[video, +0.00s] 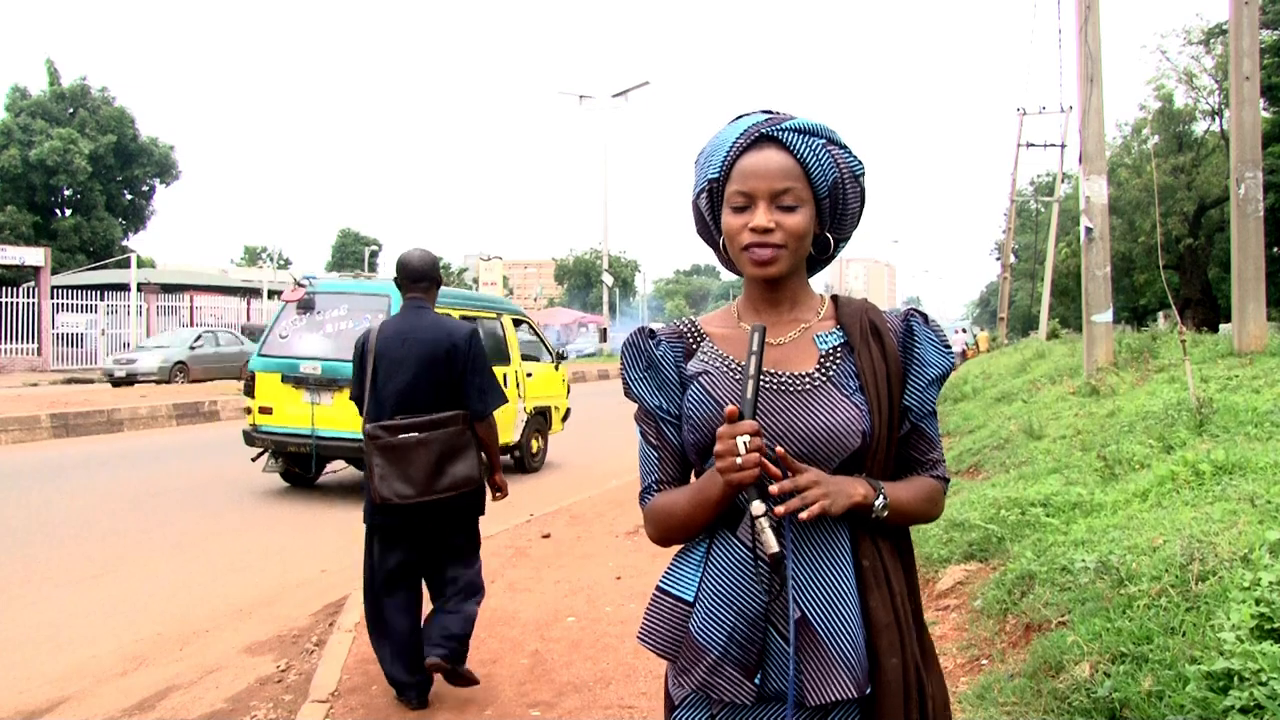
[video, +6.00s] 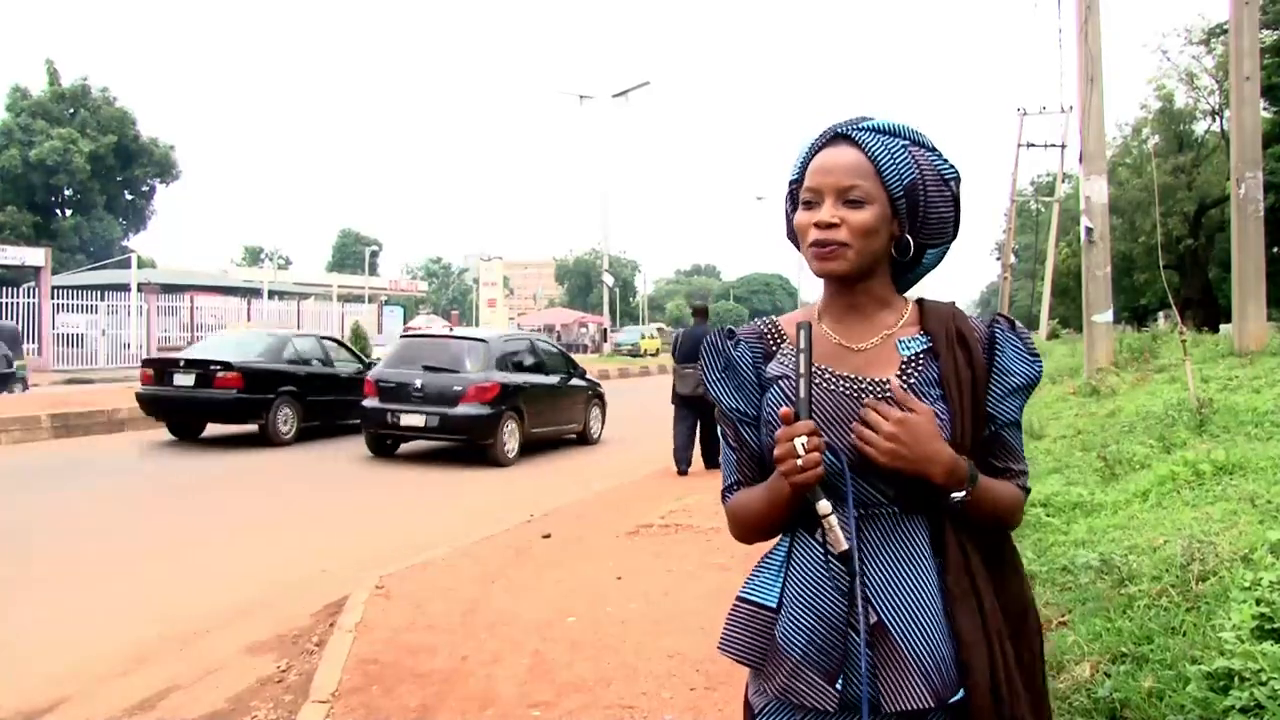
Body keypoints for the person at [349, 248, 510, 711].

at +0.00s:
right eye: (436, 281)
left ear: (398, 286)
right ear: (439, 285)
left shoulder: (371, 342)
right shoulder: (461, 337)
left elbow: (365, 411)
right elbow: (481, 414)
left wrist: (385, 468)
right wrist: (495, 467)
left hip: (390, 485)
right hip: (451, 479)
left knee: (392, 585)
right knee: (459, 570)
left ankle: (410, 685)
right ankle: (444, 646)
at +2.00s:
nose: (557, 307)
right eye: (562, 302)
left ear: (538, 305)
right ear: (565, 304)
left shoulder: (523, 340)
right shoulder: (579, 336)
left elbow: (514, 389)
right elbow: (595, 387)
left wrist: (508, 431)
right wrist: (608, 420)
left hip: (538, 429)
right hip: (575, 428)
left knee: (543, 491)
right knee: (565, 494)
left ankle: (549, 552)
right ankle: (549, 560)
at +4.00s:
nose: (625, 314)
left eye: (622, 309)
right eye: (630, 310)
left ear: (617, 309)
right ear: (637, 310)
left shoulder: (605, 334)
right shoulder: (644, 336)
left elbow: (596, 363)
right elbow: (649, 368)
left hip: (611, 400)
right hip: (637, 399)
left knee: (612, 444)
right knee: (634, 444)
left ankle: (611, 480)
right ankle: (627, 493)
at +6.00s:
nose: (699, 319)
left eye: (696, 316)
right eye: (702, 315)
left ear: (692, 316)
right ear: (707, 316)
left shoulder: (681, 335)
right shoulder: (714, 337)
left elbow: (675, 357)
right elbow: (719, 362)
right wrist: (717, 382)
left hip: (684, 386)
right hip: (707, 386)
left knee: (683, 424)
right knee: (709, 425)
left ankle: (682, 464)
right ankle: (712, 460)